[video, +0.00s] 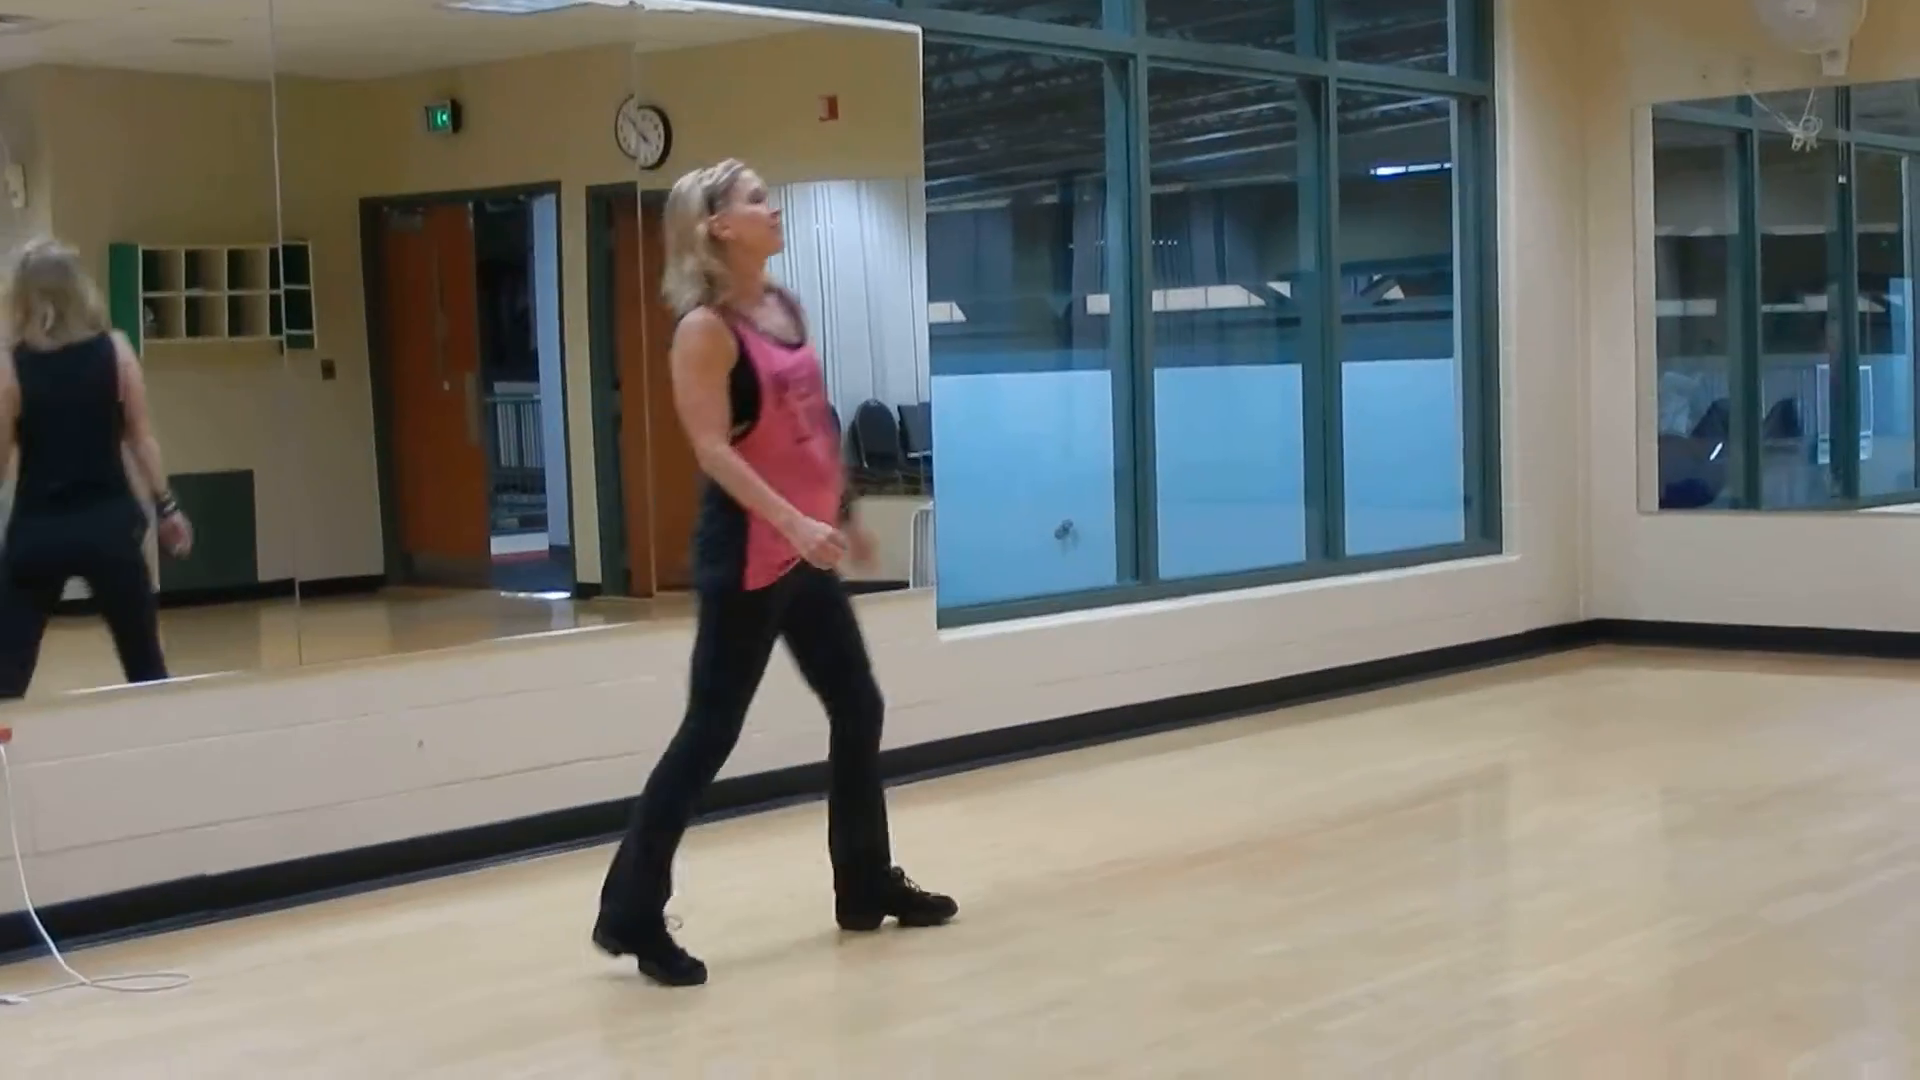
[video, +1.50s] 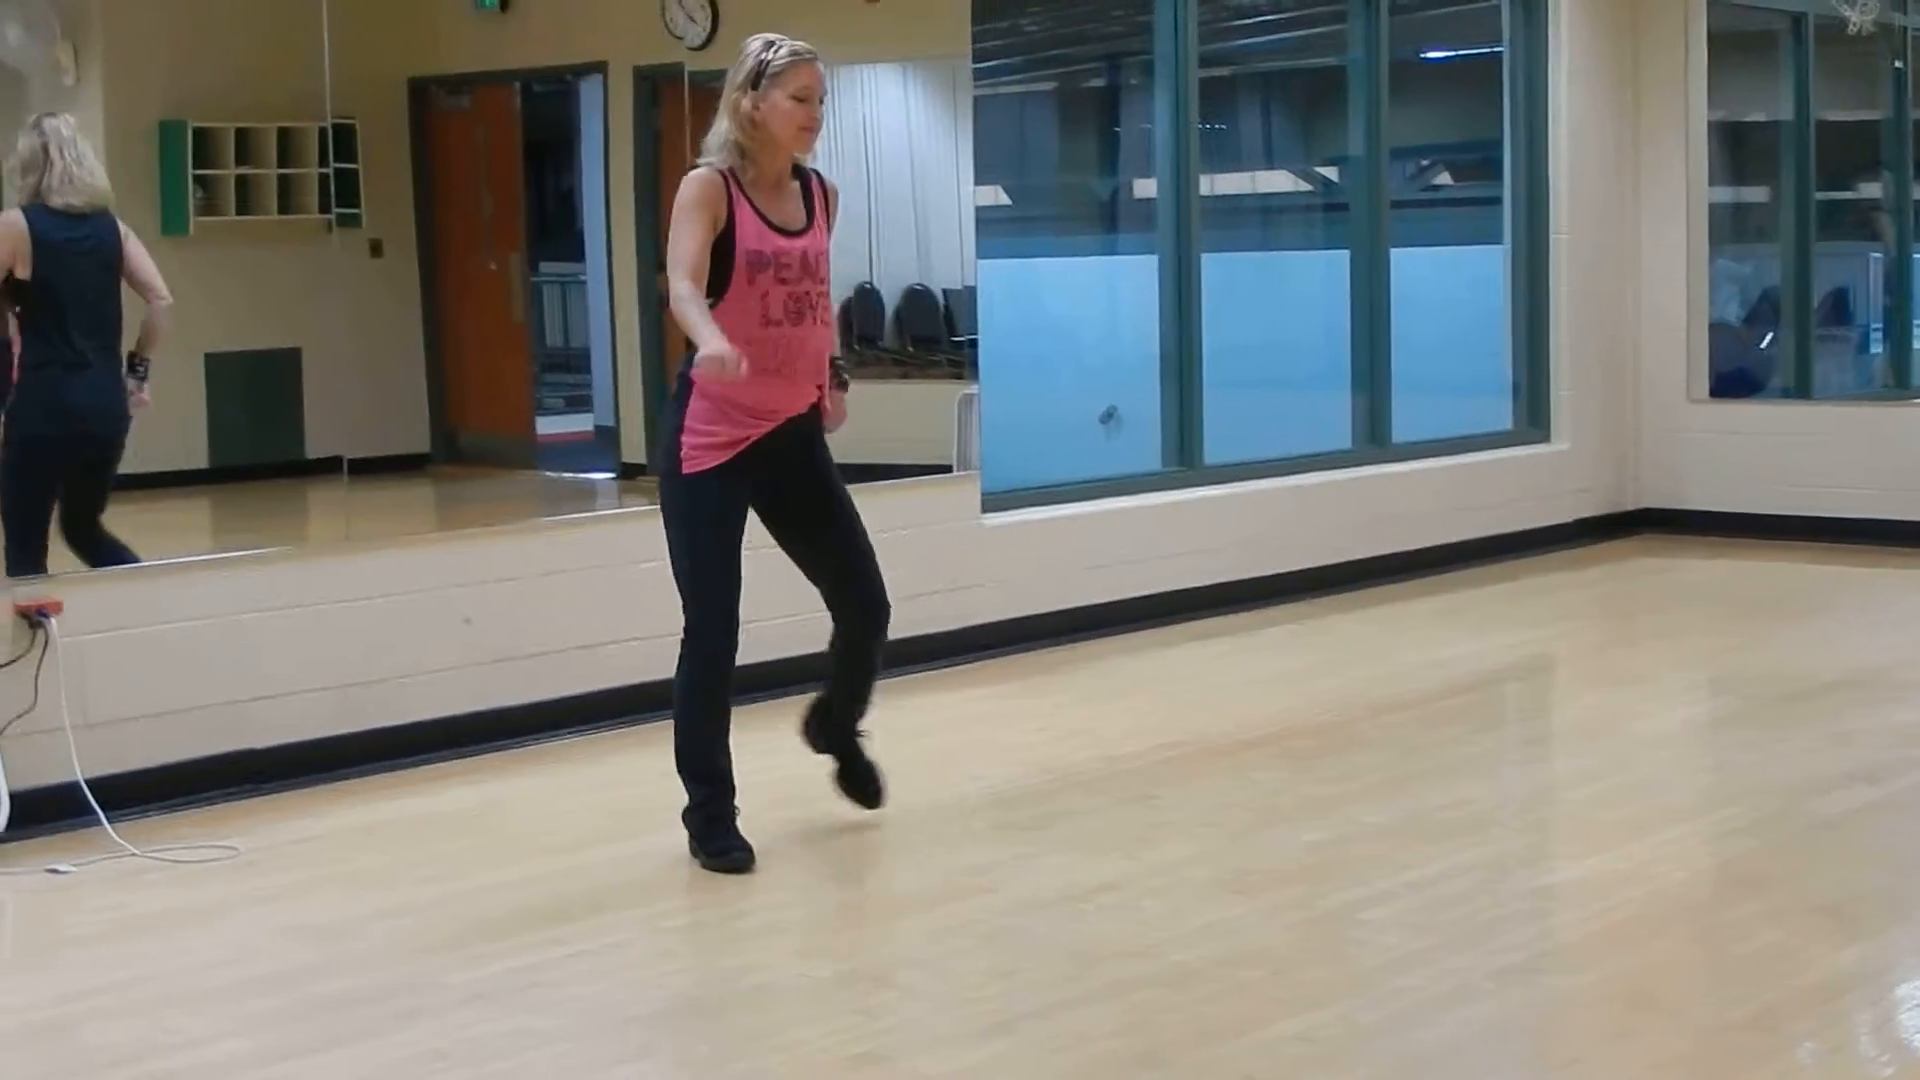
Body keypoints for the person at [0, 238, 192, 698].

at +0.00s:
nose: (13, 301)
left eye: (18, 291)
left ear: (23, 297)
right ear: (81, 291)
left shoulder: (11, 365)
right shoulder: (115, 350)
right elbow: (140, 438)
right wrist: (166, 505)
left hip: (36, 535)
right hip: (111, 531)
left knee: (8, 672)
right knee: (145, 663)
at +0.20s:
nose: (63, 251)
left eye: (67, 242)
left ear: (74, 250)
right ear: (131, 246)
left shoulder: (63, 319)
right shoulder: (157, 305)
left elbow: (51, 415)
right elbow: (179, 383)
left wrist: (17, 487)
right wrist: (198, 424)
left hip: (92, 494)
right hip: (159, 484)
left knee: (61, 631)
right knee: (178, 622)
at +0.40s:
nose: (92, 209)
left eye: (98, 201)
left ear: (108, 209)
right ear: (163, 210)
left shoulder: (90, 273)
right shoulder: (182, 276)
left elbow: (77, 366)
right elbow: (183, 362)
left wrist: (55, 438)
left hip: (119, 449)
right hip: (182, 441)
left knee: (123, 592)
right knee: (197, 581)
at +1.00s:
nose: (89, 172)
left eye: (93, 162)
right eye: (90, 162)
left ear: (108, 166)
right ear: (152, 159)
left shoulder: (109, 226)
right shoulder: (177, 219)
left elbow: (119, 314)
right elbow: (183, 307)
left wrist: (64, 363)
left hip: (144, 401)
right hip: (199, 395)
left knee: (79, 532)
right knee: (208, 534)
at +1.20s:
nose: (61, 177)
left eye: (65, 167)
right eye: (63, 166)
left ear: (77, 172)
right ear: (127, 168)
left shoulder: (79, 231)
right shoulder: (154, 232)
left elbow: (49, 316)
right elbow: (183, 311)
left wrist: (4, 316)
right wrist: (203, 382)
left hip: (112, 411)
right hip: (170, 405)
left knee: (67, 539)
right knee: (198, 531)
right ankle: (249, 629)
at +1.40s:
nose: (25, 166)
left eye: (29, 157)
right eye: (28, 157)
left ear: (38, 161)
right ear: (92, 158)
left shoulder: (25, 221)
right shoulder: (116, 224)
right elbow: (164, 296)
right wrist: (158, 372)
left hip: (56, 404)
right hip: (118, 400)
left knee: (26, 544)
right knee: (132, 527)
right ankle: (202, 603)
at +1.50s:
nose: (15, 171)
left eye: (20, 162)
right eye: (18, 162)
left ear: (28, 165)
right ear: (84, 162)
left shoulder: (14, 227)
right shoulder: (111, 228)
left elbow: (7, 310)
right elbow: (160, 299)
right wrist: (139, 369)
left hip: (40, 405)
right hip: (106, 404)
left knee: (24, 542)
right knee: (82, 526)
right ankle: (155, 598)